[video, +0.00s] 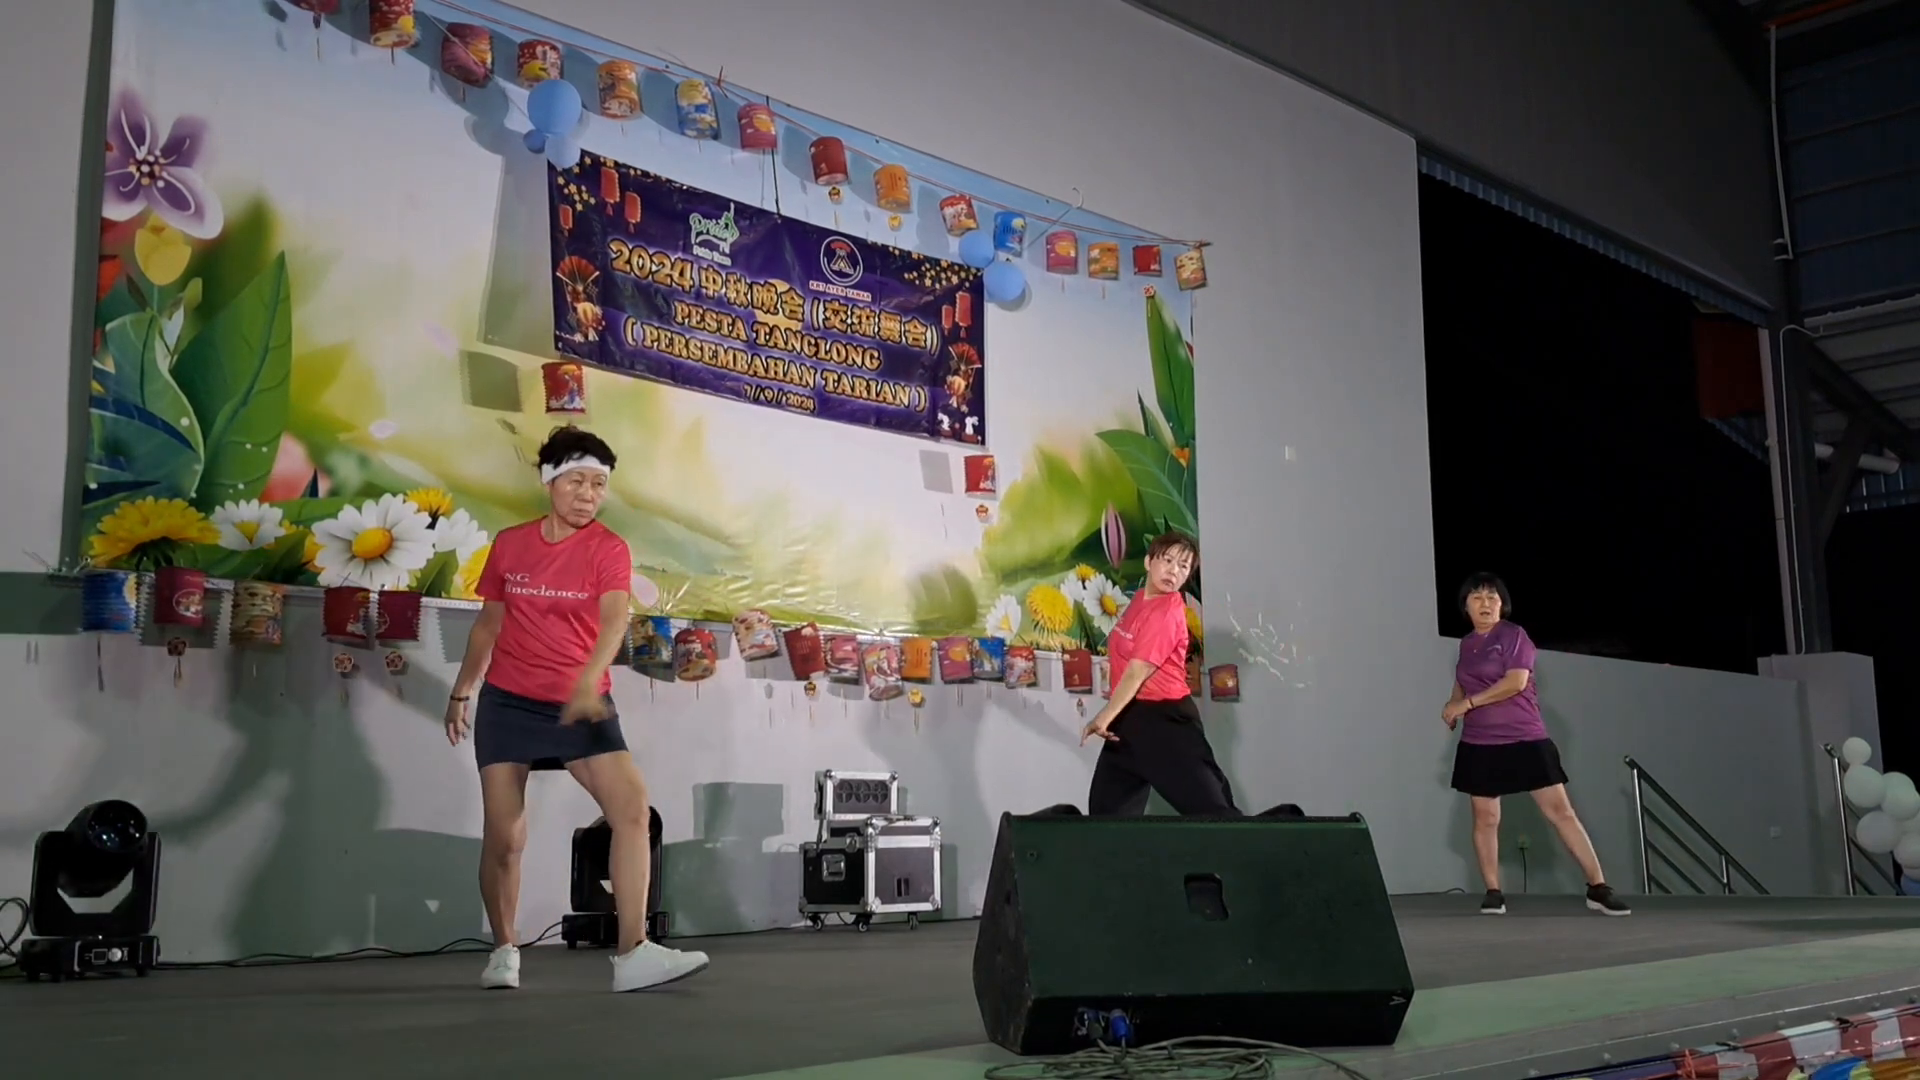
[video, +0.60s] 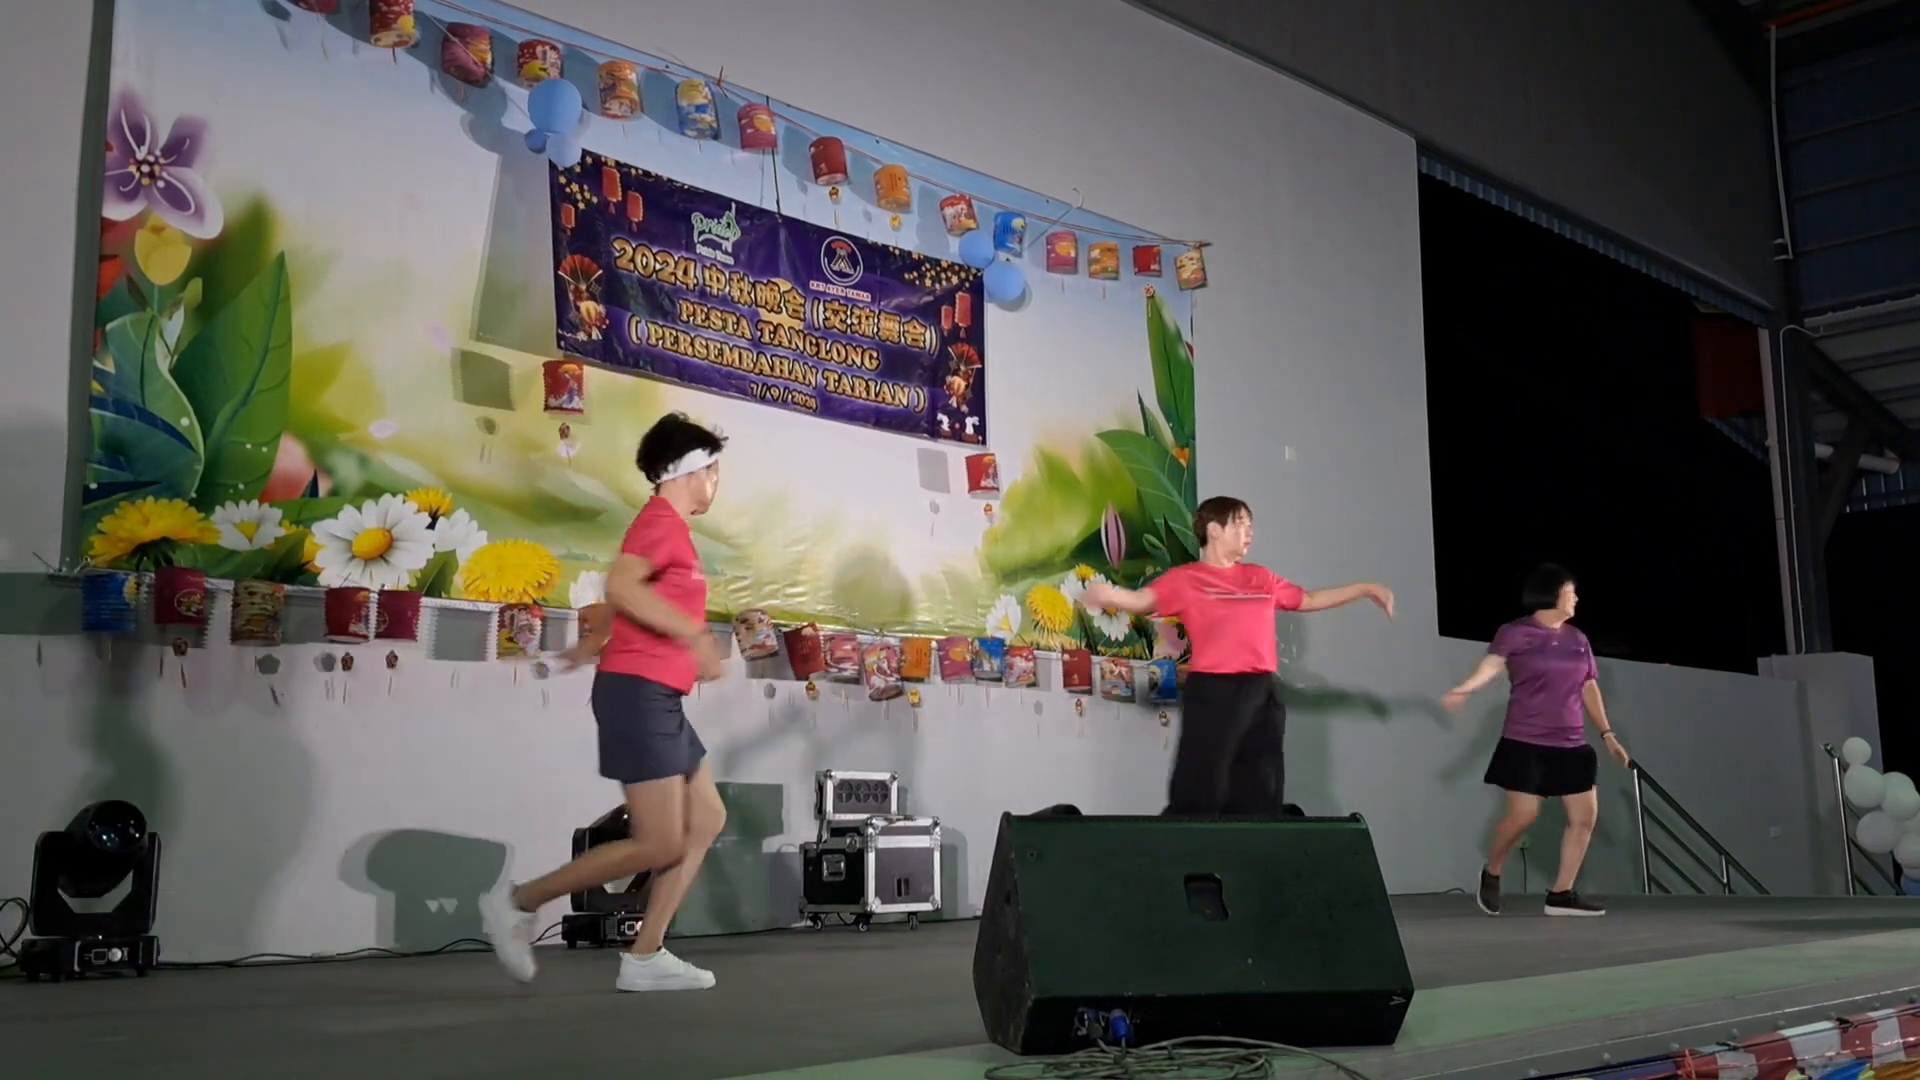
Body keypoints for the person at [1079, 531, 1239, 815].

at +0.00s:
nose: (1174, 571)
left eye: (1183, 566)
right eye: (1167, 560)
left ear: (1188, 576)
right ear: (1149, 562)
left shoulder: (1167, 610)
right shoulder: (1142, 598)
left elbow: (1139, 670)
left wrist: (1104, 717)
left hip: (1164, 720)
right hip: (1128, 718)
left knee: (1215, 814)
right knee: (1107, 820)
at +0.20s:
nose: (1185, 558)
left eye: (1193, 553)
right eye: (1178, 548)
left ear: (1197, 563)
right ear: (1157, 550)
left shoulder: (1182, 599)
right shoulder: (1144, 588)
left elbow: (1164, 657)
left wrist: (1137, 707)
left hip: (1179, 711)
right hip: (1137, 708)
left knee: (1230, 810)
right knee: (1120, 813)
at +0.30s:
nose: (1201, 549)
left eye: (1207, 544)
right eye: (1193, 540)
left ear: (1209, 553)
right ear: (1167, 544)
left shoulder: (1199, 591)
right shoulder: (1144, 585)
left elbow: (1209, 645)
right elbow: (1114, 632)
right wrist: (1086, 655)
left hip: (1193, 703)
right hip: (1144, 705)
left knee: (1239, 803)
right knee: (1136, 810)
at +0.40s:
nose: (1219, 541)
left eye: (1222, 535)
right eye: (1210, 533)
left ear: (1224, 543)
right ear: (1183, 538)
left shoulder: (1226, 583)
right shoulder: (1149, 585)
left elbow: (1264, 621)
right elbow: (1099, 618)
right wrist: (1048, 638)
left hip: (1215, 702)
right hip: (1159, 704)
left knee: (1243, 793)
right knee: (1154, 806)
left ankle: (1236, 880)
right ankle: (1153, 888)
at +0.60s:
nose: (1249, 534)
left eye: (1250, 527)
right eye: (1242, 526)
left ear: (1234, 534)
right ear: (1213, 530)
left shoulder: (1259, 578)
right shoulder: (1185, 578)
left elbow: (1309, 600)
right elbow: (1142, 601)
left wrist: (1365, 589)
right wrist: (1106, 595)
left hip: (1261, 694)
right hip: (1211, 692)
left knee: (1259, 793)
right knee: (1200, 792)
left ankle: (1255, 879)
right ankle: (1187, 873)